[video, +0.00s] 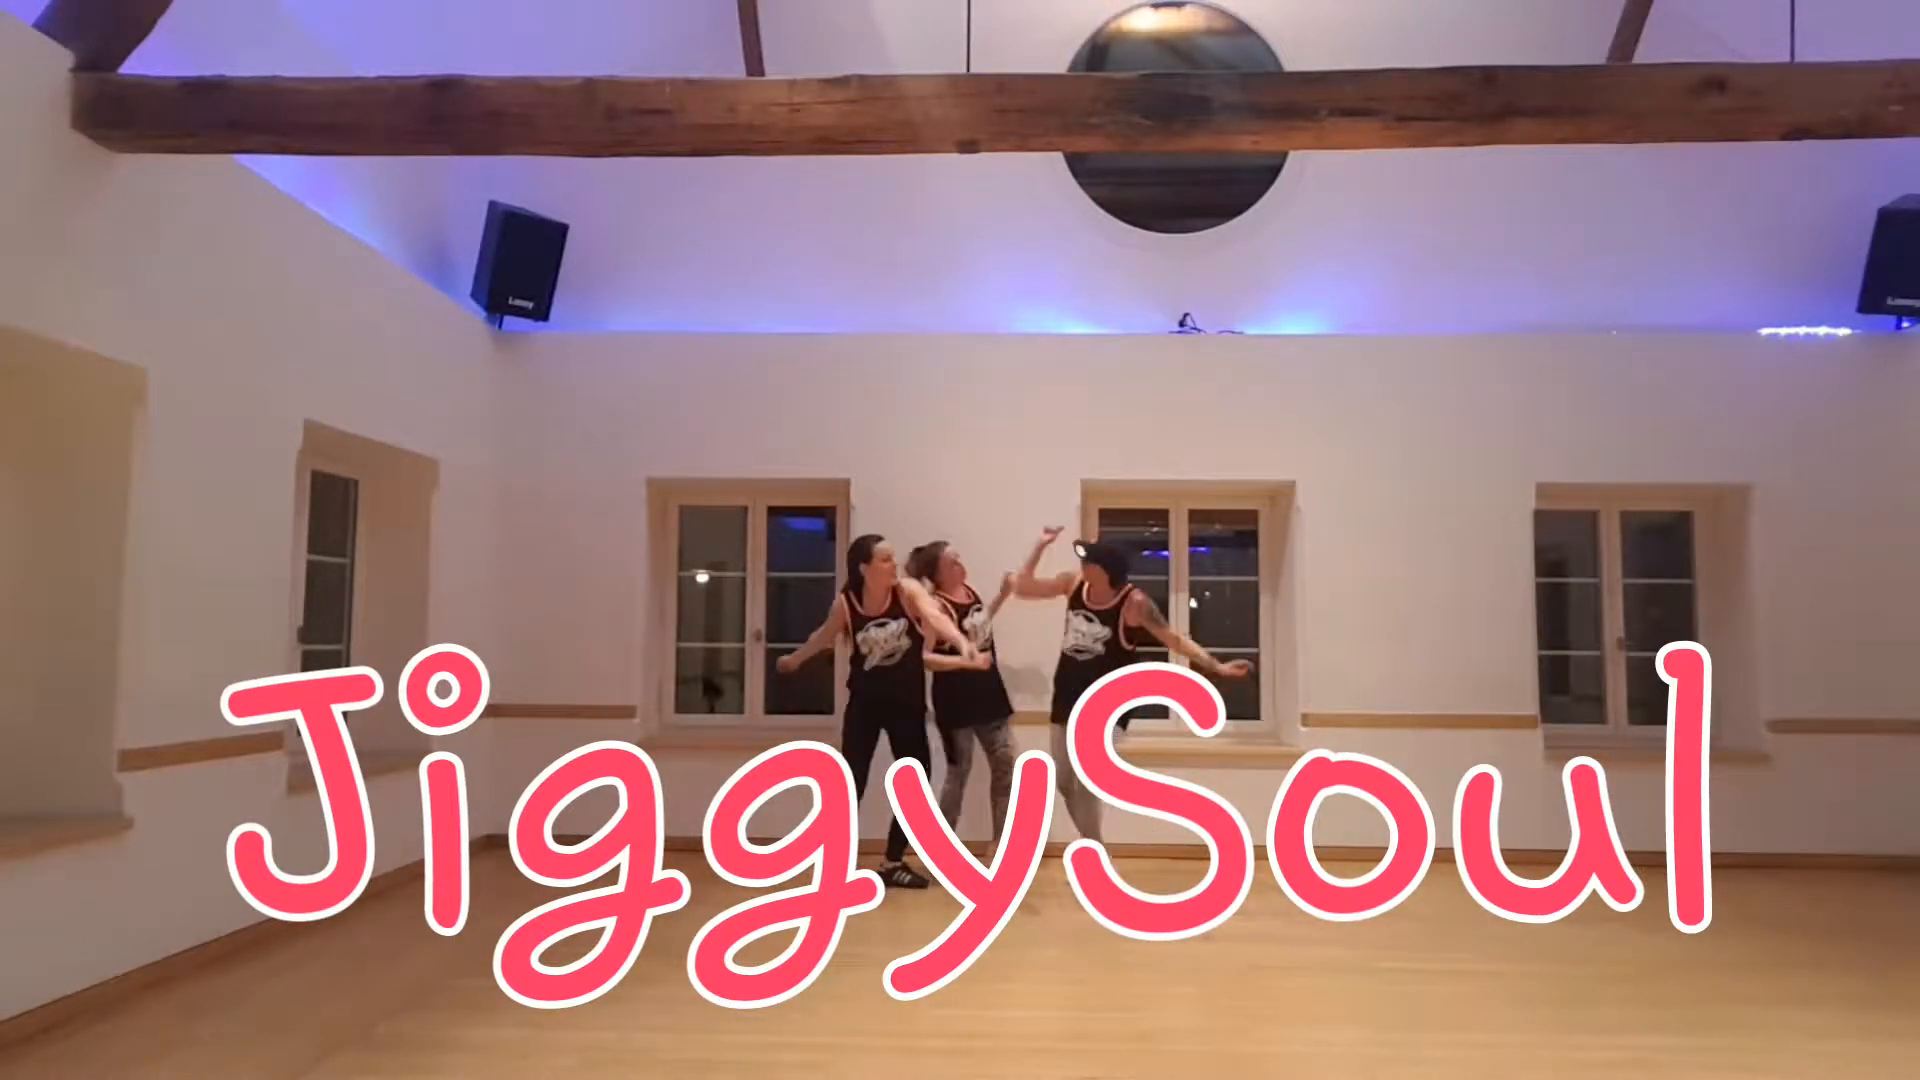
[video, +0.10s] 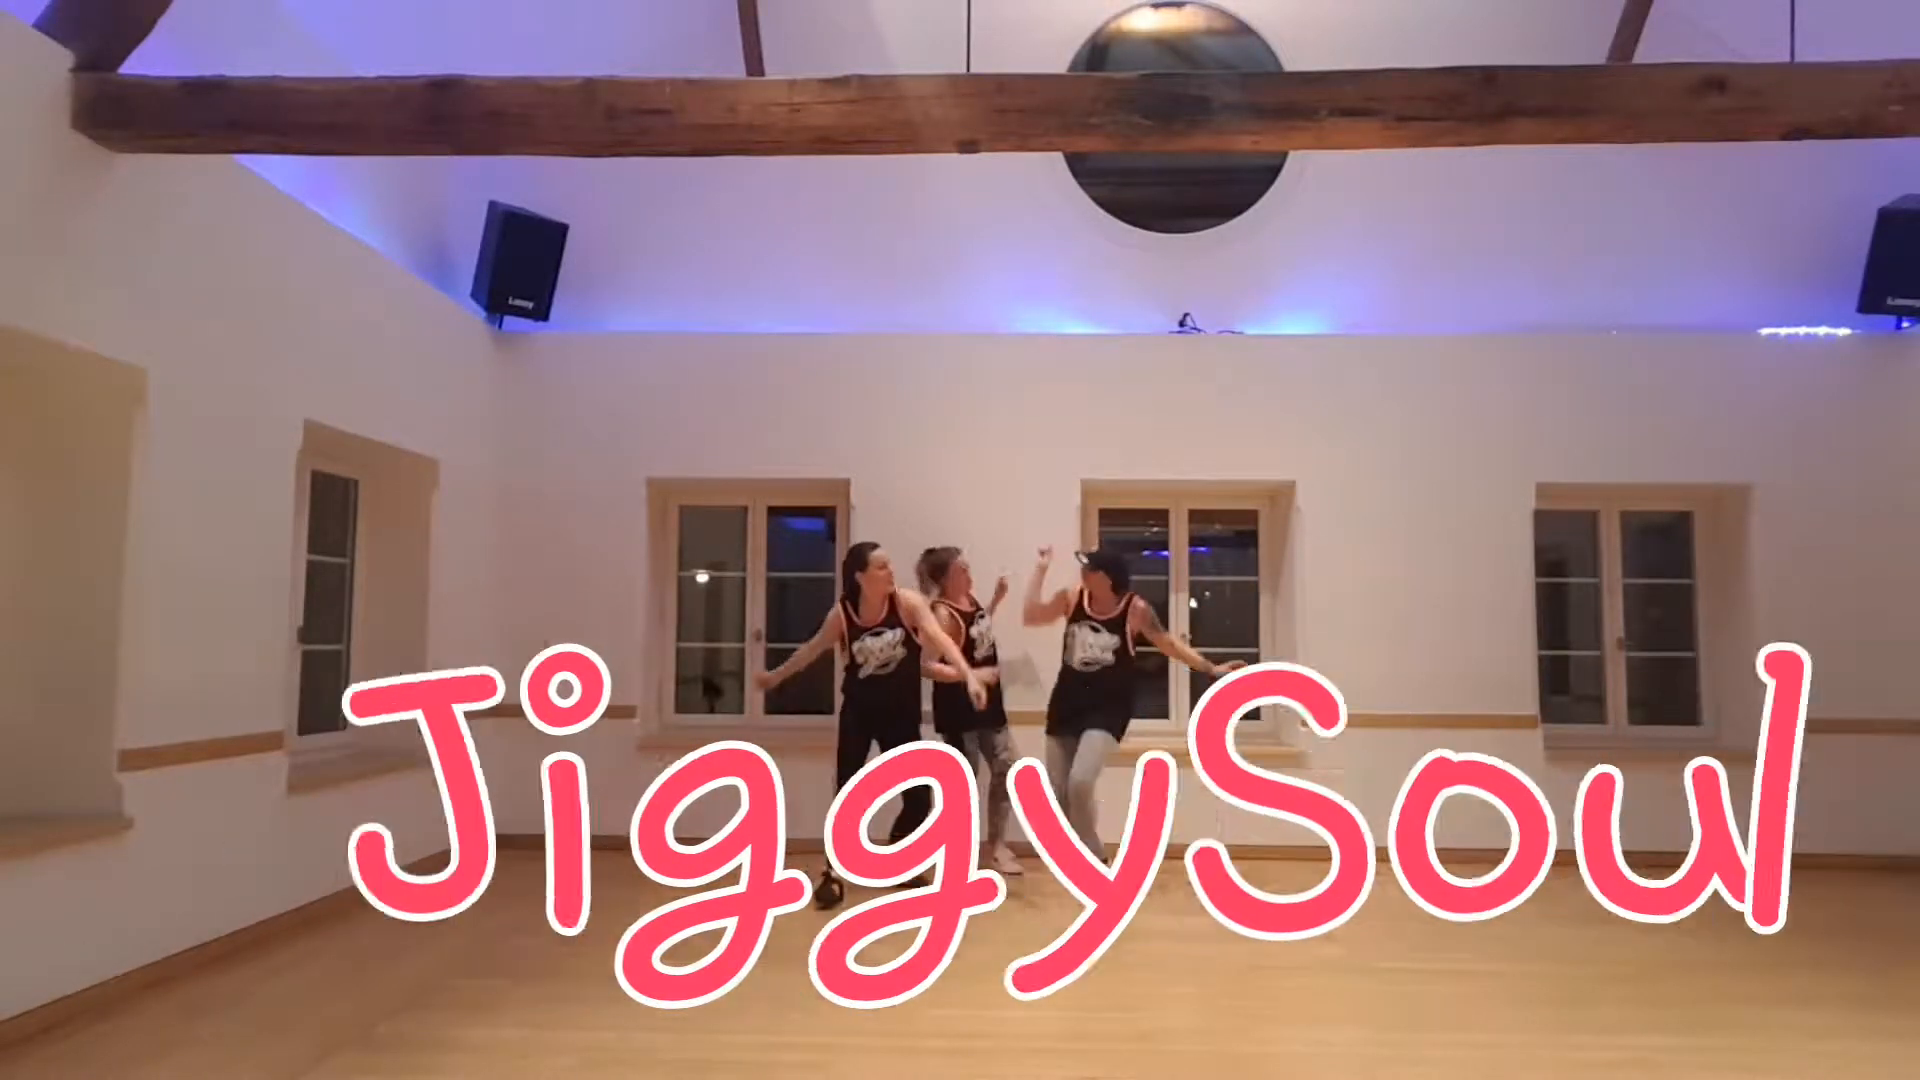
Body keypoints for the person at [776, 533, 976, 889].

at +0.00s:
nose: (894, 565)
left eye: (893, 558)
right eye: (886, 560)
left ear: (892, 563)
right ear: (864, 568)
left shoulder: (907, 590)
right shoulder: (846, 603)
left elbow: (932, 616)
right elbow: (825, 636)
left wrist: (962, 642)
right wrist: (797, 658)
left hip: (906, 702)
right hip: (864, 704)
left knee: (915, 780)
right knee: (850, 783)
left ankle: (893, 863)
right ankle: (830, 860)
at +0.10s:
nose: (890, 572)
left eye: (889, 565)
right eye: (882, 568)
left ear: (887, 571)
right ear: (860, 577)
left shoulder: (908, 603)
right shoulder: (841, 615)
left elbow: (940, 640)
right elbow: (811, 649)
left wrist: (969, 674)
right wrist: (776, 676)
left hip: (901, 713)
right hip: (857, 714)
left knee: (917, 794)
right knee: (848, 791)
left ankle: (900, 861)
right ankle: (834, 874)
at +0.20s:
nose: (888, 572)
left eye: (886, 565)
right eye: (879, 568)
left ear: (887, 572)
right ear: (856, 577)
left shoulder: (907, 604)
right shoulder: (839, 620)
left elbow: (936, 651)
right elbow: (806, 657)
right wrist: (775, 685)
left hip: (894, 712)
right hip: (851, 714)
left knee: (915, 794)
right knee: (838, 794)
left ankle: (892, 864)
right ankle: (833, 866)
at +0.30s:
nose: (892, 565)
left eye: (890, 559)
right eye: (883, 561)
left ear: (888, 567)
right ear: (860, 570)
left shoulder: (907, 599)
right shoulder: (838, 615)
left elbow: (933, 645)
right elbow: (798, 651)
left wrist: (938, 696)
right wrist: (754, 682)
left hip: (897, 710)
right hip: (855, 711)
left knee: (914, 793)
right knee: (844, 792)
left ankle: (892, 864)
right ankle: (832, 876)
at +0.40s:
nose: (897, 559)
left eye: (896, 553)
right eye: (890, 554)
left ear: (886, 562)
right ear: (868, 562)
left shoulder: (908, 592)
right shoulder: (841, 608)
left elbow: (925, 648)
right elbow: (801, 635)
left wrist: (964, 679)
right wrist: (752, 658)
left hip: (899, 703)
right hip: (859, 705)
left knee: (910, 786)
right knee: (848, 790)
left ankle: (892, 864)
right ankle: (834, 873)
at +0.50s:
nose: (903, 560)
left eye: (902, 555)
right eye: (898, 555)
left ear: (885, 563)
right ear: (876, 563)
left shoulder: (896, 593)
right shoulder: (849, 606)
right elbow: (810, 622)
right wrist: (771, 639)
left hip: (898, 703)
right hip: (860, 706)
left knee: (906, 782)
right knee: (855, 789)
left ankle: (892, 862)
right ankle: (837, 875)